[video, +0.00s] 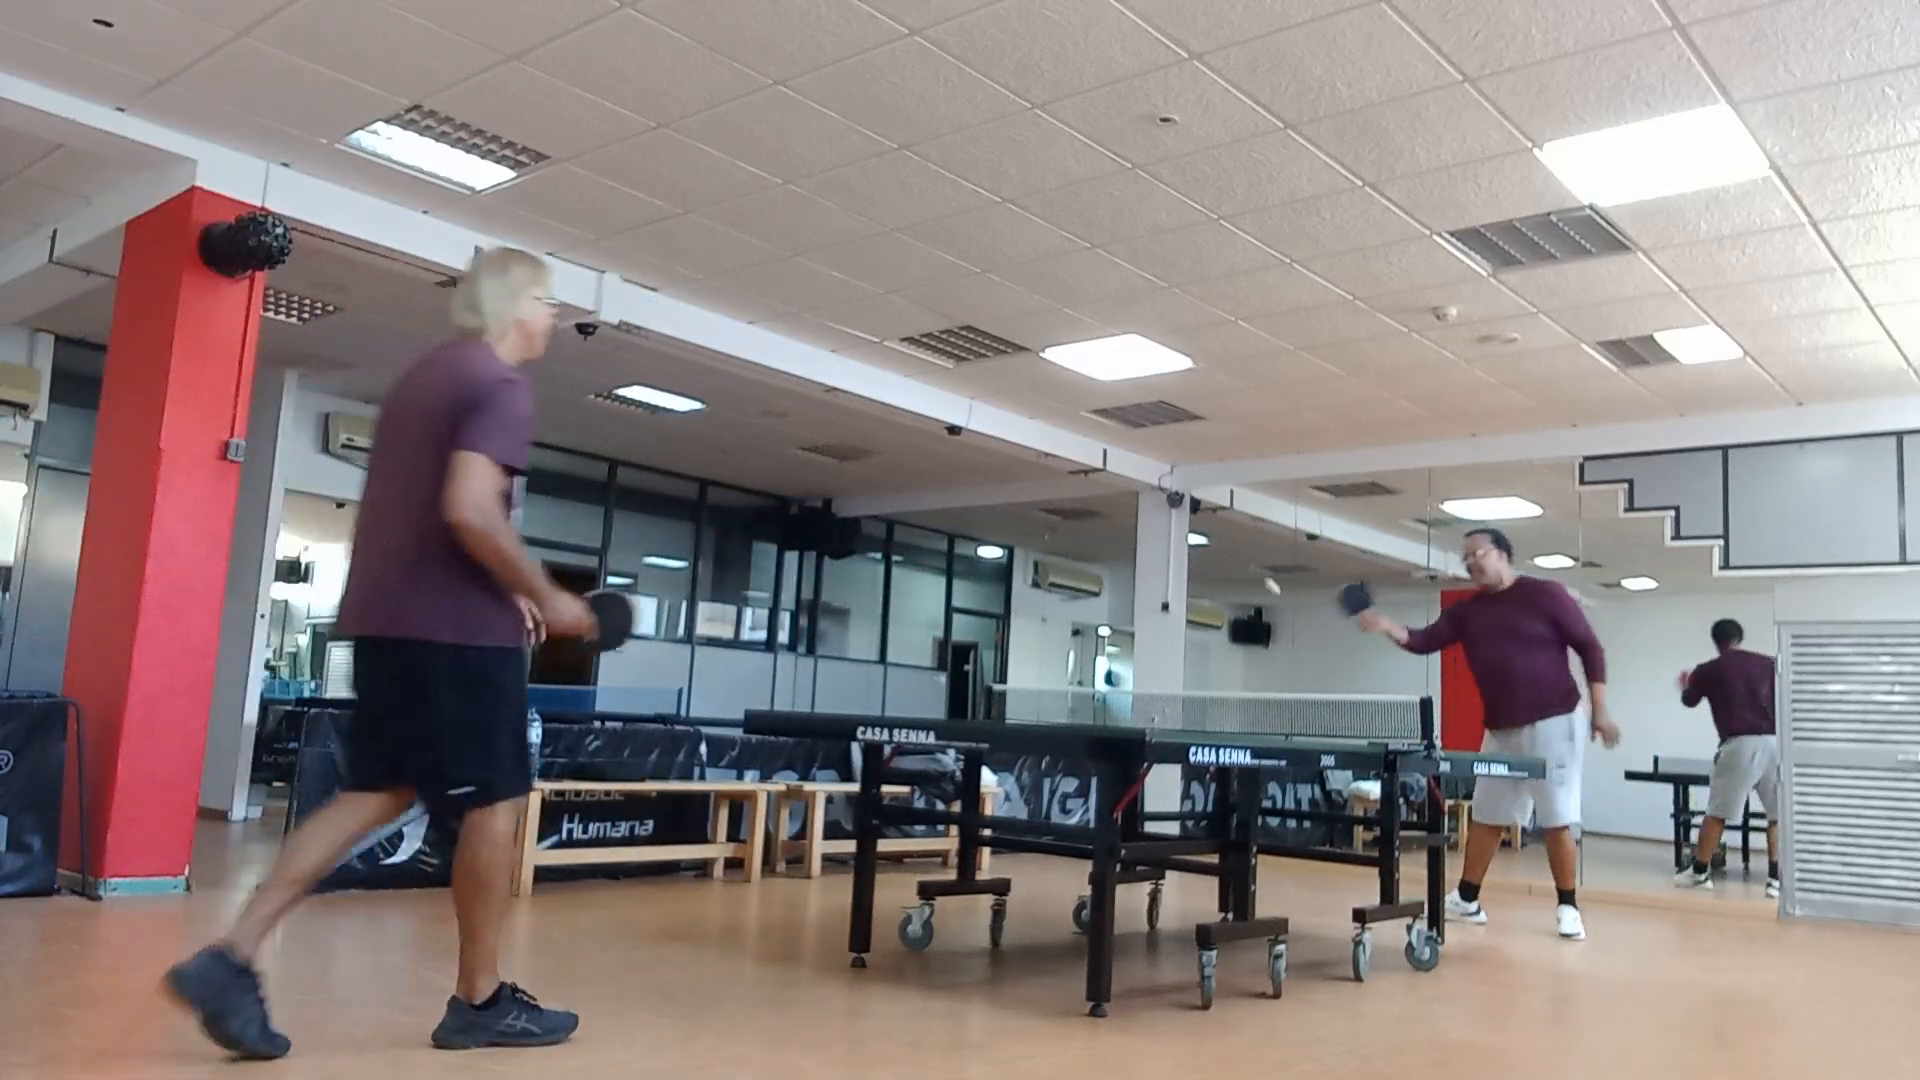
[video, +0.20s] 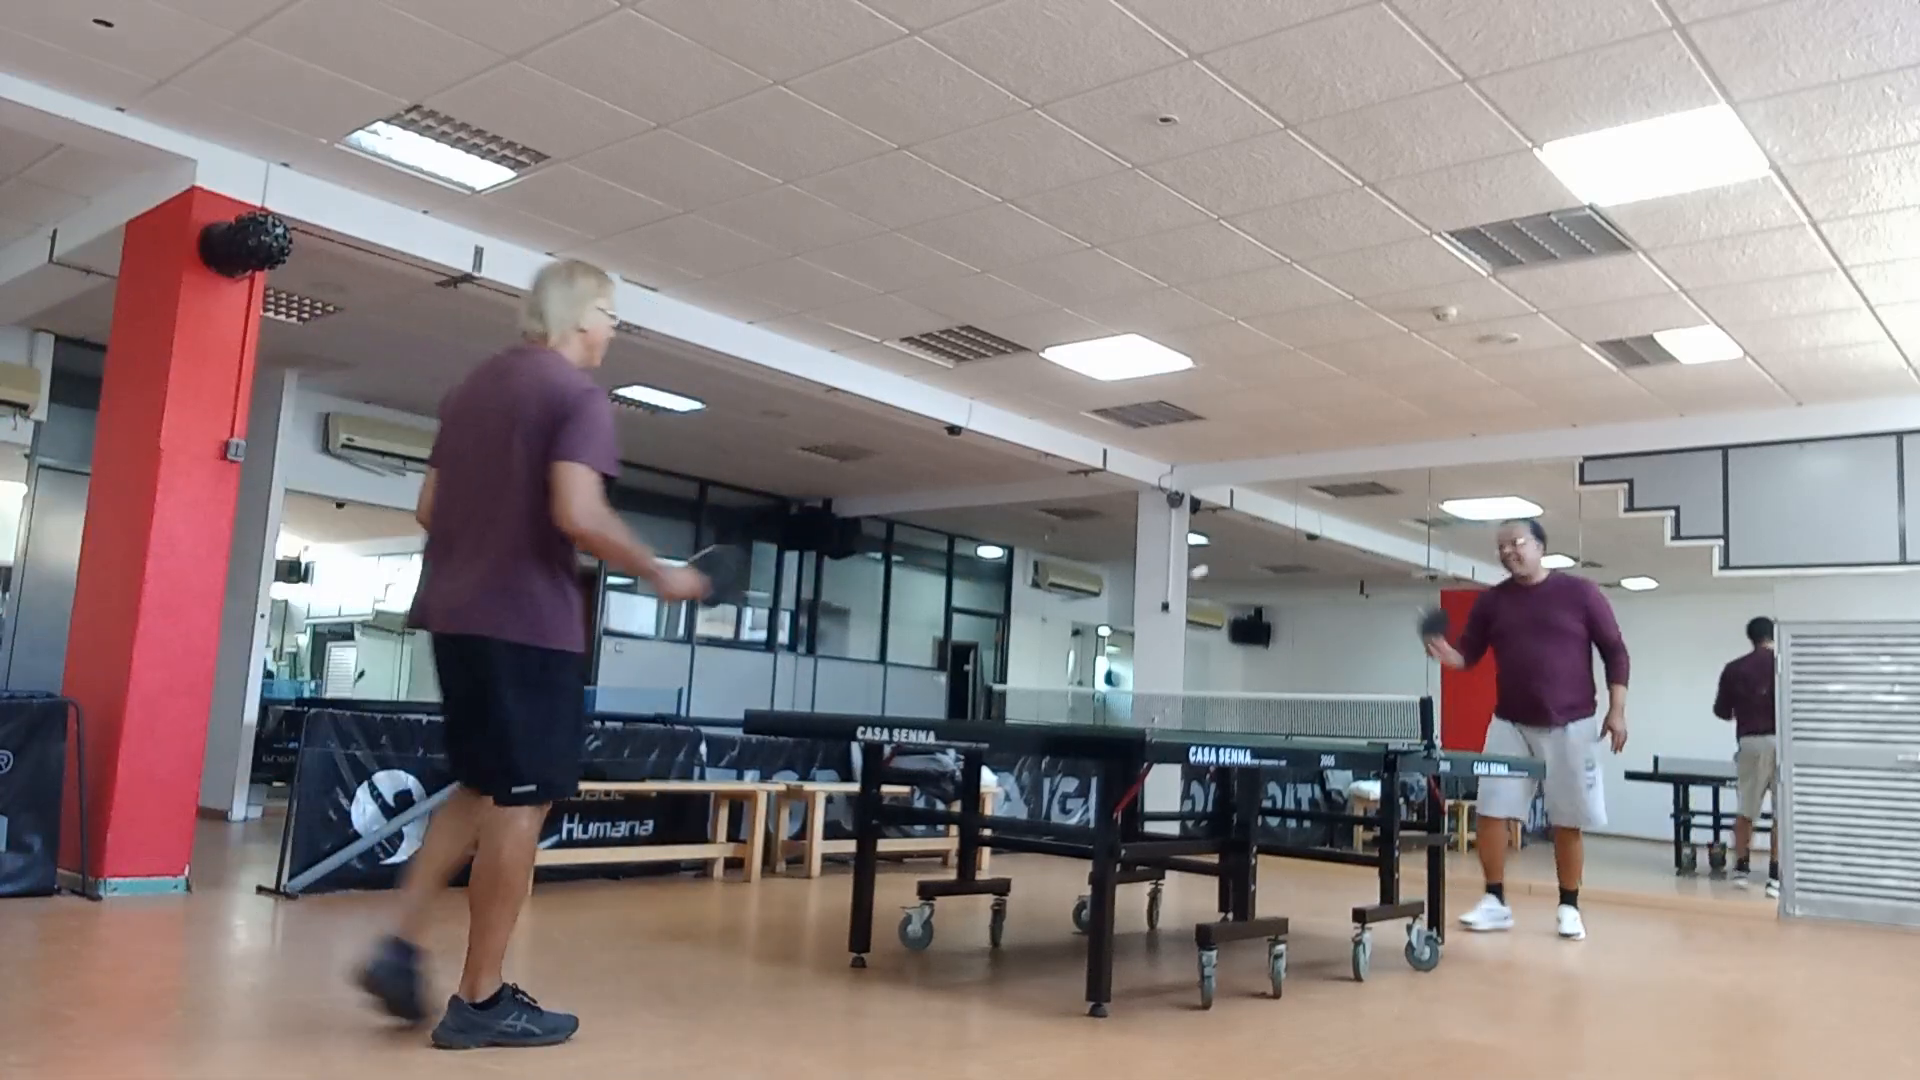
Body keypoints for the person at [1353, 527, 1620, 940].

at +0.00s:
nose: (1470, 561)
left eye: (1477, 553)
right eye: (1466, 557)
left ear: (1502, 553)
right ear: (1466, 566)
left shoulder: (1546, 594)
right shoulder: (1465, 611)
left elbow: (1591, 647)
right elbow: (1423, 641)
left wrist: (1600, 710)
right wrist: (1386, 627)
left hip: (1556, 722)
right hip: (1502, 729)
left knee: (1558, 821)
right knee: (1485, 816)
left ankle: (1568, 907)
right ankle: (1466, 900)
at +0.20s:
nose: (1511, 550)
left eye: (1518, 541)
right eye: (1504, 546)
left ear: (1540, 545)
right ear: (1499, 556)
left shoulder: (1581, 593)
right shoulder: (1492, 601)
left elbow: (1615, 650)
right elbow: (1466, 656)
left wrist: (1617, 709)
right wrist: (1446, 651)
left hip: (1570, 727)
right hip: (1510, 725)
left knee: (1569, 820)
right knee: (1490, 809)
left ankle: (1569, 908)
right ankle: (1495, 903)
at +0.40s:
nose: (1531, 549)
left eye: (1540, 542)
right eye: (1524, 544)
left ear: (1561, 547)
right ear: (1517, 552)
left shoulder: (1595, 594)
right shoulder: (1501, 599)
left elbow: (1629, 653)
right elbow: (1486, 658)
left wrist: (1630, 706)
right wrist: (1485, 690)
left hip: (1582, 726)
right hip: (1523, 725)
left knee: (1573, 819)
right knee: (1527, 809)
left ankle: (1569, 908)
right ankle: (1532, 907)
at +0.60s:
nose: (1533, 543)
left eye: (1541, 534)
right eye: (1525, 539)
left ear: (1562, 537)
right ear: (1519, 548)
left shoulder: (1599, 581)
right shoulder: (1504, 598)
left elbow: (1633, 643)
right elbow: (1487, 658)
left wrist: (1652, 706)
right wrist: (1488, 699)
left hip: (1598, 723)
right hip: (1538, 725)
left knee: (1596, 825)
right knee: (1548, 820)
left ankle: (1575, 894)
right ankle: (1548, 917)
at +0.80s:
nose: (1550, 527)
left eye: (1557, 518)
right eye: (1540, 522)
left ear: (1576, 522)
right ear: (1531, 533)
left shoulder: (1614, 573)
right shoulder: (1511, 587)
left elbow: (1642, 638)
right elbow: (1499, 654)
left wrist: (1667, 700)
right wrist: (1495, 707)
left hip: (1613, 718)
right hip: (1546, 723)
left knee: (1632, 814)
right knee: (1547, 822)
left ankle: (1621, 916)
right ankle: (1550, 921)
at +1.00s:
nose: (1580, 527)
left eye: (1589, 518)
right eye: (1570, 521)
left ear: (1606, 523)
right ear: (1559, 530)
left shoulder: (1639, 577)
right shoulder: (1533, 583)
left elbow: (1662, 645)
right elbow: (1513, 653)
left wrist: (1682, 707)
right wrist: (1505, 718)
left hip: (1632, 725)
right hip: (1561, 728)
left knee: (1646, 827)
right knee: (1558, 827)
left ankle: (1666, 936)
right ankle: (1550, 920)